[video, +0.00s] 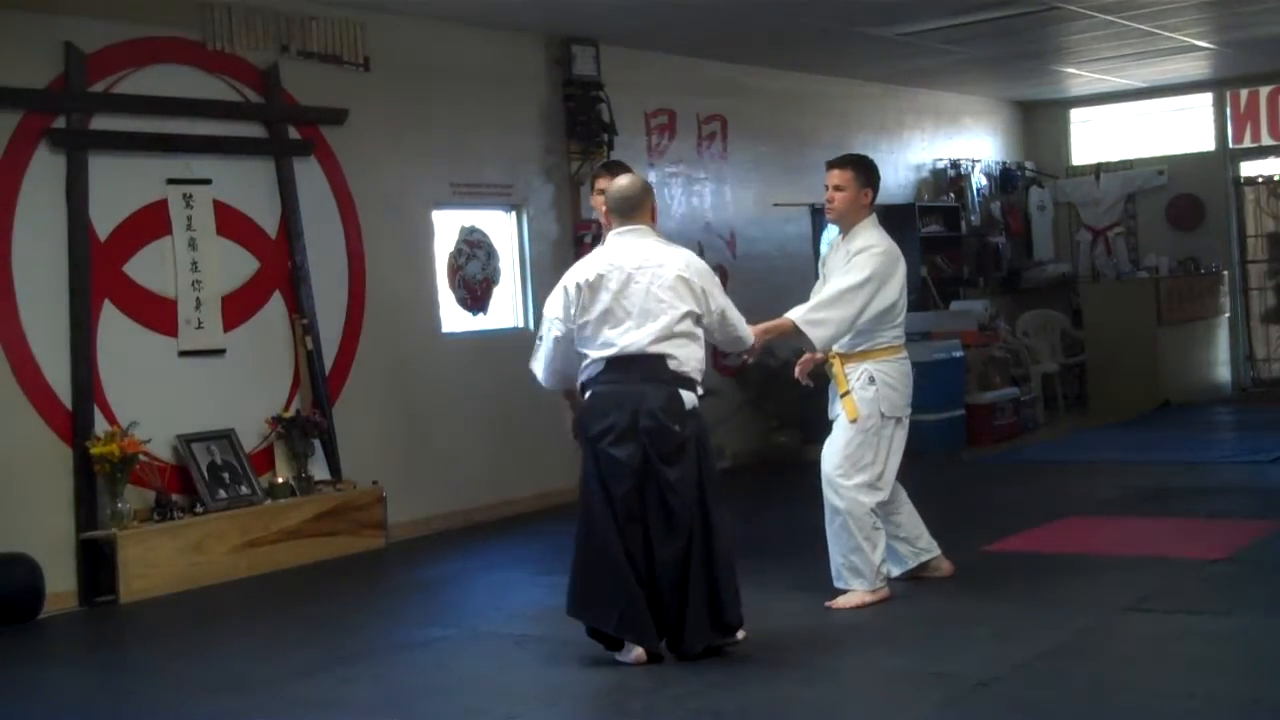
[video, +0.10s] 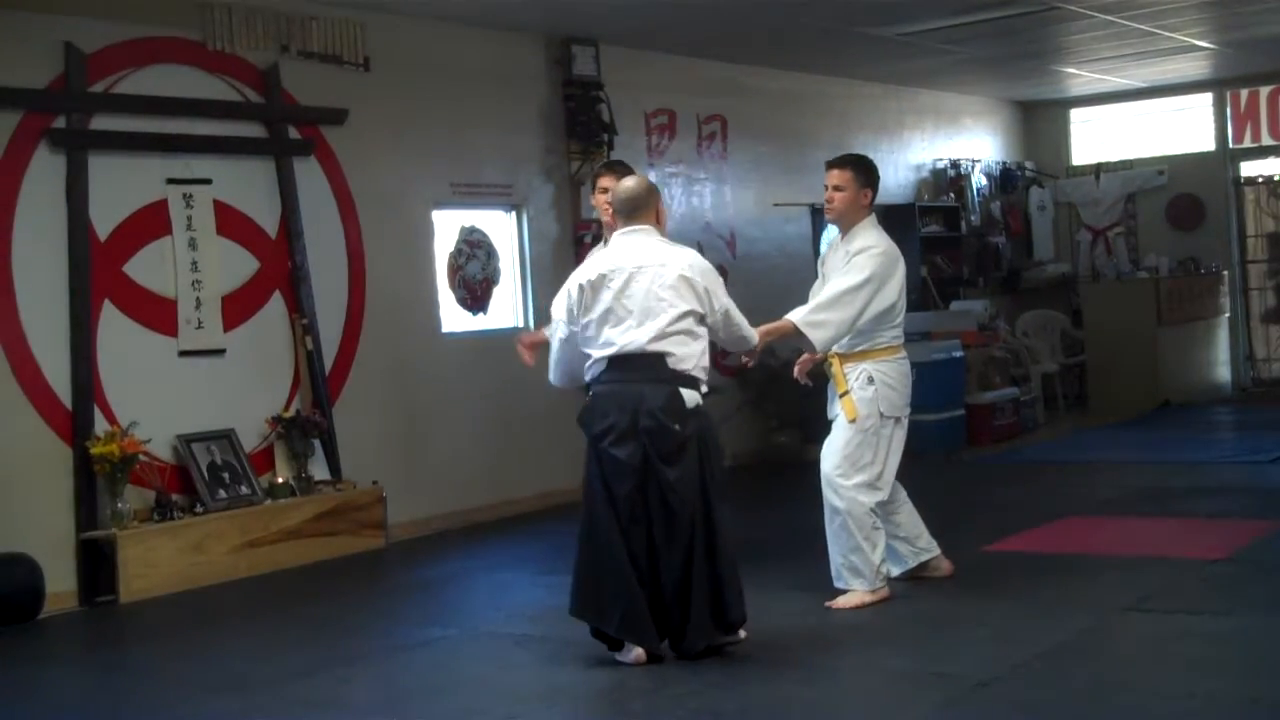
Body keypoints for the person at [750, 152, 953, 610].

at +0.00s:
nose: (827, 197)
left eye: (838, 190)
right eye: (827, 189)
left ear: (866, 196)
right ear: (832, 194)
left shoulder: (875, 251)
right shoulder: (841, 244)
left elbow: (828, 308)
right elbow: (845, 312)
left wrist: (765, 330)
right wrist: (824, 353)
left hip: (879, 373)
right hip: (853, 372)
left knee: (841, 468)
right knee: (869, 474)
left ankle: (867, 582)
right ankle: (925, 558)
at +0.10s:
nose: (827, 197)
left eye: (837, 189)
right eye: (826, 189)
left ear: (865, 196)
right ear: (832, 194)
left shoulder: (875, 251)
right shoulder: (837, 243)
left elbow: (827, 309)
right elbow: (837, 310)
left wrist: (764, 334)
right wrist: (821, 352)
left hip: (878, 373)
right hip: (851, 372)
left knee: (840, 468)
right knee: (869, 474)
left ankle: (867, 582)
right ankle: (926, 558)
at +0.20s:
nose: (827, 197)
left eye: (837, 190)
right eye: (826, 189)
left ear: (865, 197)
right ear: (831, 194)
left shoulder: (876, 252)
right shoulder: (834, 244)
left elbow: (830, 311)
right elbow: (836, 311)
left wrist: (766, 340)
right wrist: (820, 352)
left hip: (877, 374)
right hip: (849, 373)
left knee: (840, 468)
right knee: (869, 474)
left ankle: (867, 582)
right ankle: (926, 558)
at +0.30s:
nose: (827, 198)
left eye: (837, 190)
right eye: (826, 189)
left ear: (866, 197)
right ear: (827, 193)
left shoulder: (878, 253)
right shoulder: (834, 242)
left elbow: (841, 314)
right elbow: (826, 306)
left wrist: (778, 346)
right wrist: (815, 351)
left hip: (876, 374)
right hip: (848, 372)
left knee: (840, 469)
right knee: (869, 474)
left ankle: (866, 582)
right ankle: (926, 558)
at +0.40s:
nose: (828, 198)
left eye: (839, 190)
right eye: (827, 189)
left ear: (867, 198)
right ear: (829, 194)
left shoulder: (880, 254)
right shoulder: (834, 247)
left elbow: (849, 318)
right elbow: (814, 303)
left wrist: (801, 360)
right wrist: (807, 351)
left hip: (875, 373)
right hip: (847, 372)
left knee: (840, 471)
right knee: (869, 475)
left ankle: (865, 582)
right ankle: (925, 558)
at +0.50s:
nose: (831, 197)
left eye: (842, 190)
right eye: (830, 188)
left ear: (869, 198)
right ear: (831, 193)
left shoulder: (882, 254)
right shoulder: (833, 245)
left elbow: (856, 328)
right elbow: (810, 310)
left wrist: (817, 375)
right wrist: (801, 361)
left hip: (875, 373)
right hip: (846, 371)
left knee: (840, 470)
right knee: (868, 475)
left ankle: (864, 582)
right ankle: (926, 558)